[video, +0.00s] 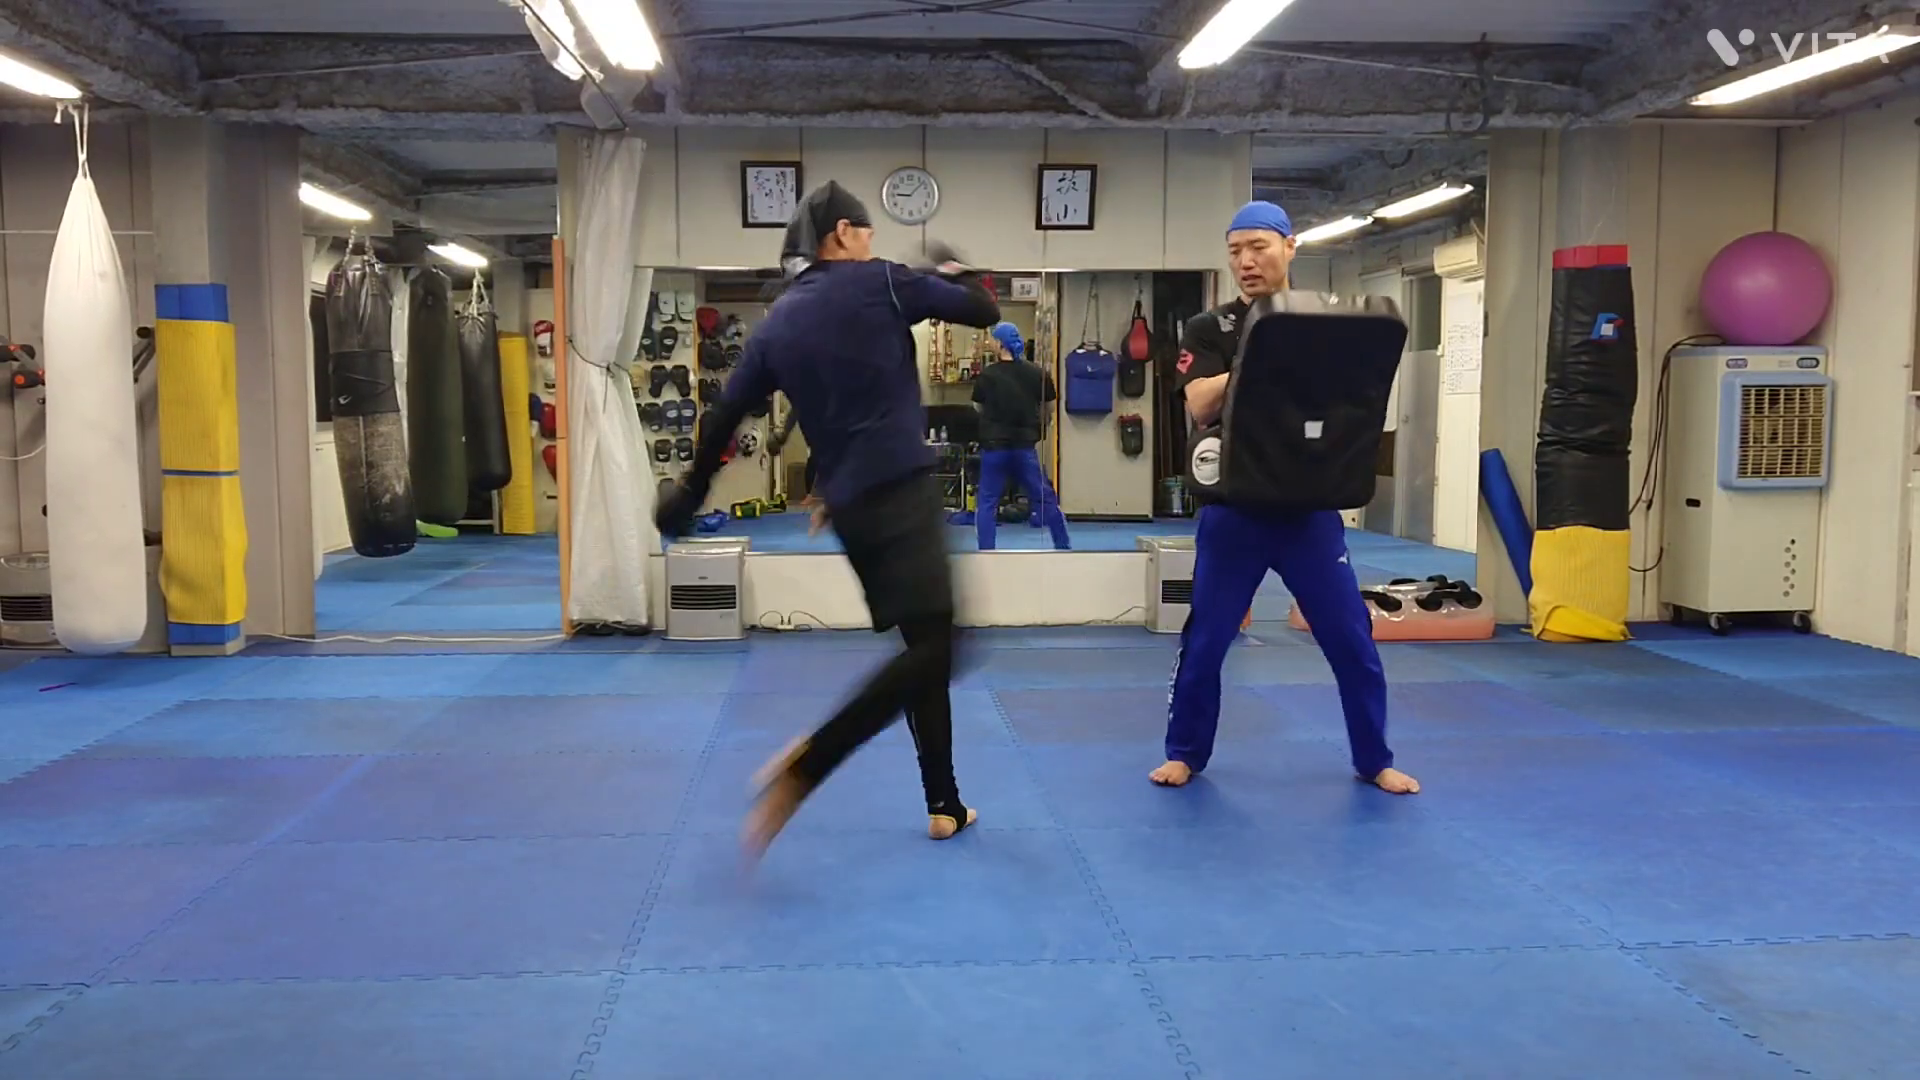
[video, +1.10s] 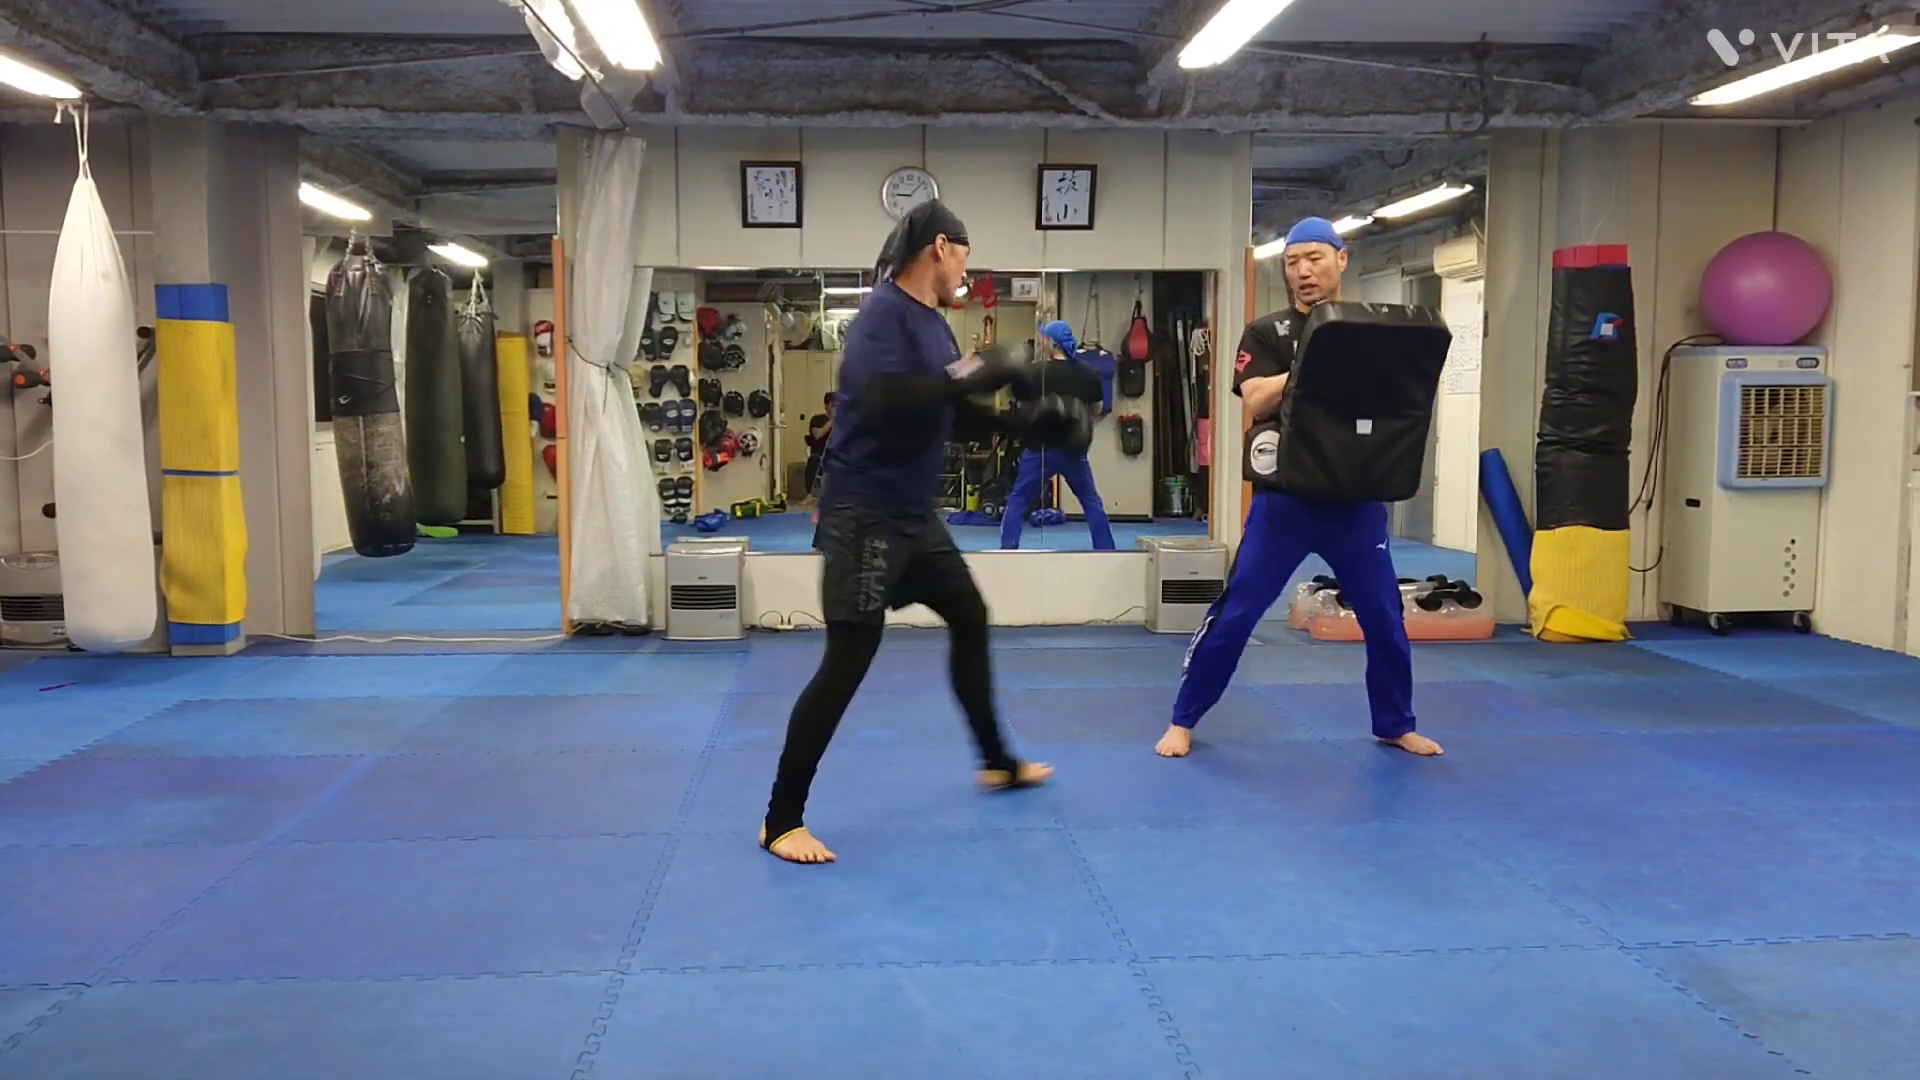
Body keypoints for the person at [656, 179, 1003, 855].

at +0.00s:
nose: (872, 246)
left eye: (868, 235)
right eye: (867, 235)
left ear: (816, 243)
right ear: (842, 236)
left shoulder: (778, 324)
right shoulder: (879, 282)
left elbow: (724, 415)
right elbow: (980, 308)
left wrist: (690, 492)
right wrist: (949, 277)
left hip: (852, 503)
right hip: (905, 485)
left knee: (925, 649)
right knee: (933, 648)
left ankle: (944, 806)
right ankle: (803, 767)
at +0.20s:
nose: (844, 268)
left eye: (838, 260)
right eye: (839, 258)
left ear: (777, 270)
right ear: (823, 257)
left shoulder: (758, 344)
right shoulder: (867, 295)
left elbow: (792, 410)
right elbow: (951, 346)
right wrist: (1002, 374)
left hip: (912, 494)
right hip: (964, 427)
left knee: (920, 636)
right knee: (1077, 394)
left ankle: (986, 779)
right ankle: (1183, 387)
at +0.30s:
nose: (856, 275)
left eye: (852, 267)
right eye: (851, 266)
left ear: (791, 277)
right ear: (831, 264)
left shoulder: (771, 350)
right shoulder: (860, 293)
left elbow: (834, 414)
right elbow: (923, 352)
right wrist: (966, 376)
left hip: (908, 494)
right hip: (964, 439)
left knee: (951, 640)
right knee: (1104, 411)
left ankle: (997, 787)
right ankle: (1259, 390)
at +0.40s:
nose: (875, 257)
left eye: (875, 247)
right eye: (870, 247)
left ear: (815, 252)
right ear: (843, 244)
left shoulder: (781, 337)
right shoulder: (863, 282)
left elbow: (821, 439)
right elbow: (910, 345)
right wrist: (991, 378)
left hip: (887, 485)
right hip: (947, 436)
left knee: (933, 631)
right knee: (1069, 457)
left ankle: (963, 785)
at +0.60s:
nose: (923, 251)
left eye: (923, 238)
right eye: (918, 237)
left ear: (871, 236)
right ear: (888, 233)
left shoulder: (837, 295)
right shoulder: (881, 285)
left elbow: (848, 408)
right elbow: (912, 359)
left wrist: (933, 421)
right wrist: (1002, 348)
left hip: (860, 487)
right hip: (893, 483)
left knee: (925, 636)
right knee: (971, 624)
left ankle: (937, 800)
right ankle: (877, 778)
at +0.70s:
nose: (944, 260)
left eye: (945, 247)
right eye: (941, 246)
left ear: (904, 239)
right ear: (911, 238)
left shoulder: (884, 302)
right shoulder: (871, 292)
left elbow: (897, 412)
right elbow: (885, 374)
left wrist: (973, 407)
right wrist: (963, 354)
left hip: (879, 498)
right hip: (852, 498)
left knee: (932, 626)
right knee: (874, 651)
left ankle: (926, 794)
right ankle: (788, 815)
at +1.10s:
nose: (967, 270)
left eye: (968, 258)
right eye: (964, 256)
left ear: (932, 252)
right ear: (937, 250)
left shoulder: (932, 326)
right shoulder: (881, 316)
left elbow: (953, 413)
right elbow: (877, 396)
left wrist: (1022, 419)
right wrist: (966, 377)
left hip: (913, 515)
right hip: (861, 517)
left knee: (969, 617)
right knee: (848, 657)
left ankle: (997, 761)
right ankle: (782, 822)